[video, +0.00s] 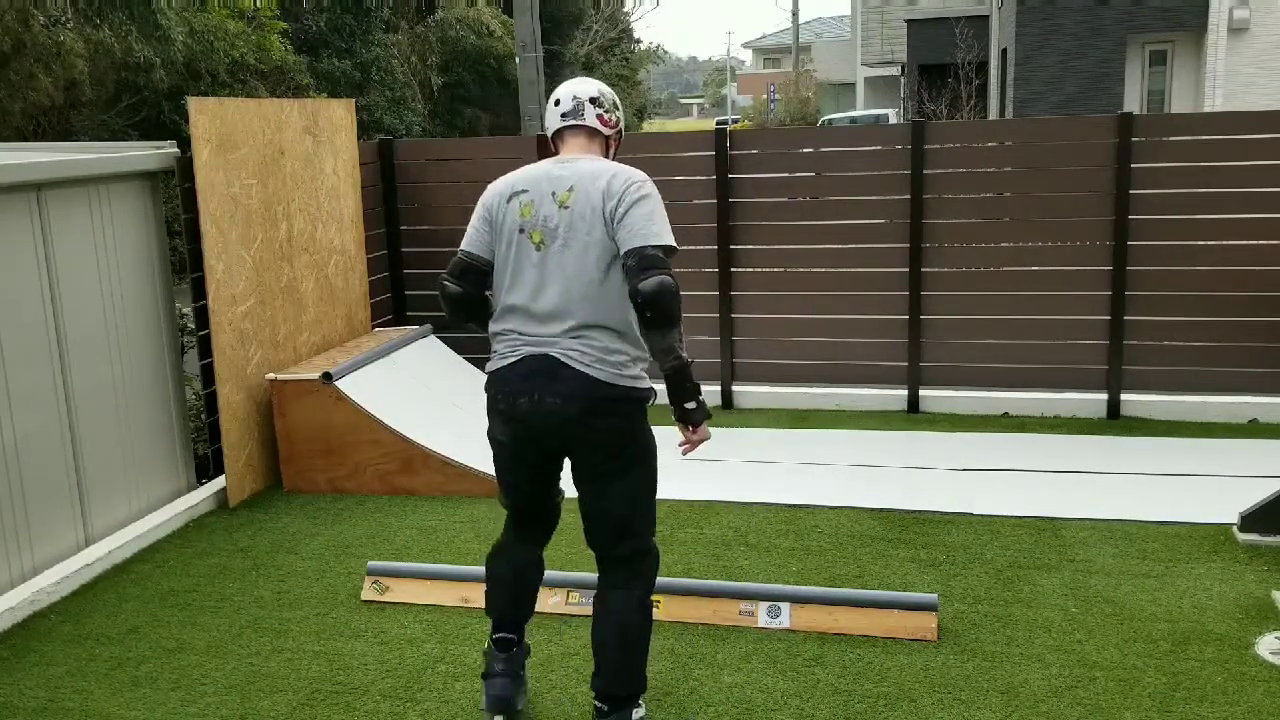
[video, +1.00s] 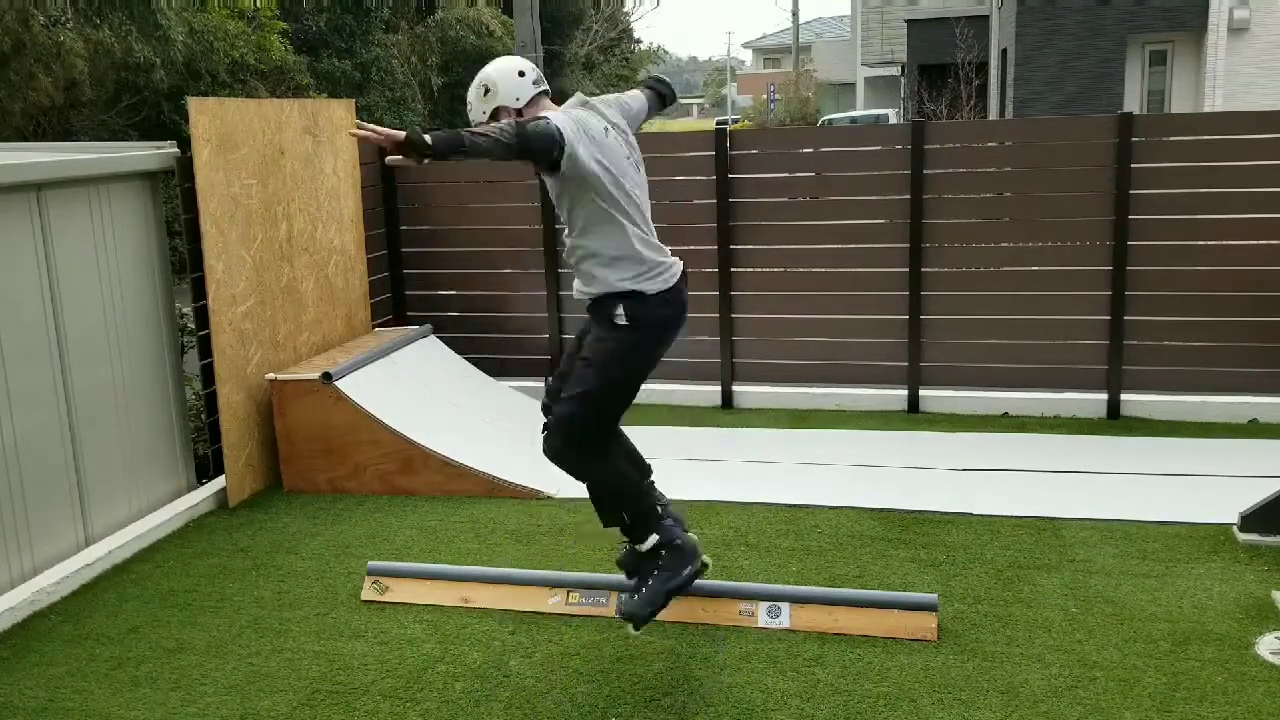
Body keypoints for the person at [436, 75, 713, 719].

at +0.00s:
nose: (616, 139)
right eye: (615, 130)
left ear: (549, 134)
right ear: (610, 129)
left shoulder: (502, 190)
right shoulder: (626, 184)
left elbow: (461, 294)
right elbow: (655, 292)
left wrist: (516, 340)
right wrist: (683, 387)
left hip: (514, 387)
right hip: (605, 390)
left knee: (525, 519)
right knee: (625, 554)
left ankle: (503, 668)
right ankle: (617, 705)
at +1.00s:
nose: (502, 130)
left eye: (500, 121)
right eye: (496, 124)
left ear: (518, 109)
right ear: (546, 92)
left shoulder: (559, 131)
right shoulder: (611, 107)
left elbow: (500, 139)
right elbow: (660, 91)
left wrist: (412, 141)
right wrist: (653, 83)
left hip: (637, 301)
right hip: (632, 295)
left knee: (570, 439)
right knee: (565, 409)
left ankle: (673, 549)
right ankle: (646, 534)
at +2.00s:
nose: (545, 186)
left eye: (551, 173)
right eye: (537, 175)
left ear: (583, 148)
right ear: (528, 161)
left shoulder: (647, 160)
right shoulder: (537, 171)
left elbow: (710, 232)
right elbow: (507, 207)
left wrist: (622, 243)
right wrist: (482, 280)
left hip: (664, 321)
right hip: (589, 324)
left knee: (659, 458)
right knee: (557, 445)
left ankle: (709, 560)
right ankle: (597, 544)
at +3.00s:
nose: (511, 134)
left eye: (503, 125)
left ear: (504, 126)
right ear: (566, 121)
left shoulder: (478, 185)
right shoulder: (611, 180)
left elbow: (446, 292)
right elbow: (655, 286)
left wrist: (474, 344)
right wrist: (679, 367)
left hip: (508, 386)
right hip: (599, 379)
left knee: (522, 540)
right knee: (621, 517)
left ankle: (548, 691)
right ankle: (632, 670)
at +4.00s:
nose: (663, 214)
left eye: (660, 209)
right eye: (662, 208)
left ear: (609, 208)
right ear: (657, 207)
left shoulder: (567, 243)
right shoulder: (658, 241)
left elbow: (519, 312)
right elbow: (698, 321)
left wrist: (546, 369)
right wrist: (736, 407)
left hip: (527, 394)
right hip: (608, 397)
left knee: (568, 496)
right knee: (679, 490)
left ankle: (536, 637)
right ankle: (693, 634)